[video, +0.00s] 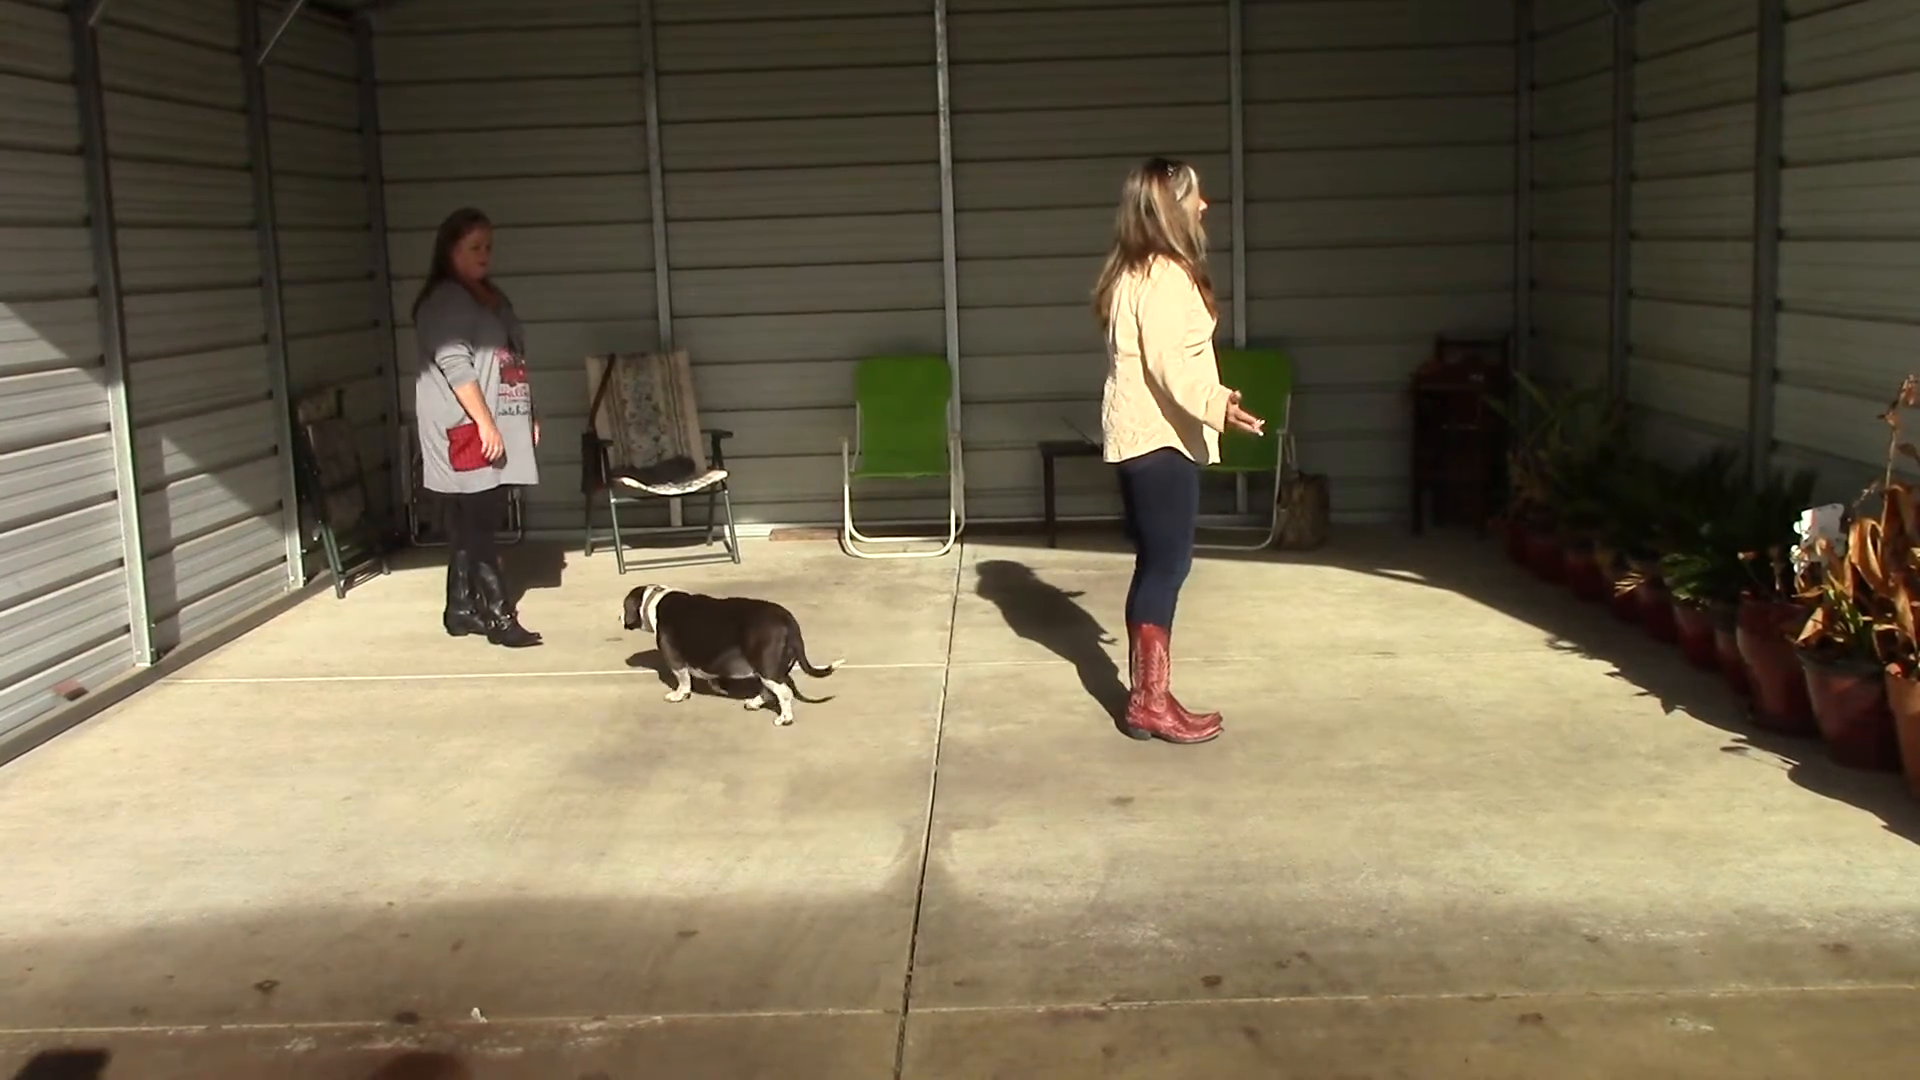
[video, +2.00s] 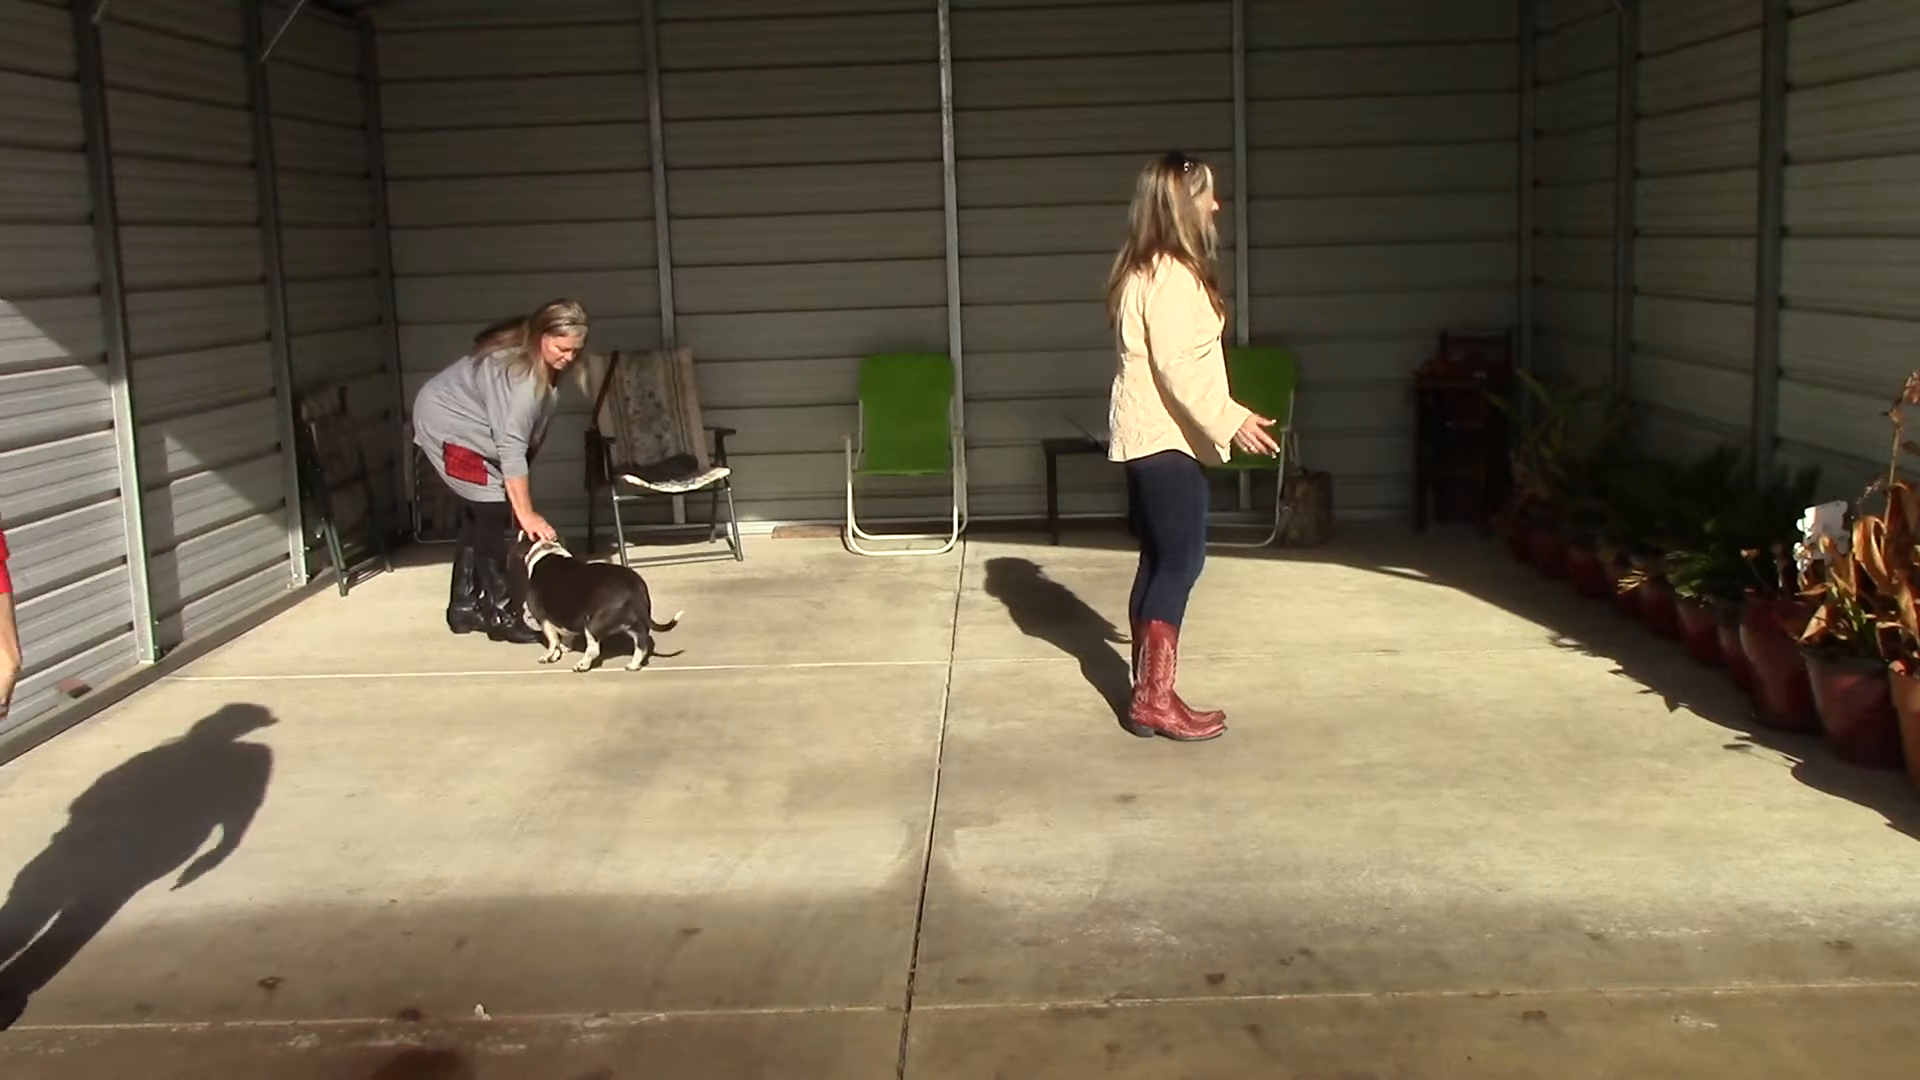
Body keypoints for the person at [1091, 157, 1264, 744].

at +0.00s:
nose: (1204, 205)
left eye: (1201, 196)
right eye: (1195, 197)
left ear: (1152, 207)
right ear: (1172, 207)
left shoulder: (1137, 273)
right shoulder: (1165, 275)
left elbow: (1162, 363)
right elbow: (1171, 363)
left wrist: (1218, 399)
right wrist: (1217, 406)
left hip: (1141, 440)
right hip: (1161, 442)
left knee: (1155, 561)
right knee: (1168, 562)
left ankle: (1146, 694)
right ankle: (1151, 700)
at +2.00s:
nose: (1217, 205)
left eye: (1214, 195)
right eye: (1209, 196)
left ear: (1165, 202)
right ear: (1185, 203)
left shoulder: (1147, 270)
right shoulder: (1170, 274)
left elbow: (1176, 367)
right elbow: (1178, 367)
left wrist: (1230, 412)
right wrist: (1228, 419)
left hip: (1148, 438)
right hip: (1167, 440)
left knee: (1158, 559)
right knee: (1181, 559)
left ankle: (1148, 693)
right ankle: (1155, 697)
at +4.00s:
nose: (1224, 235)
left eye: (1229, 223)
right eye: (1214, 223)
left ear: (1232, 226)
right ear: (1183, 225)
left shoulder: (1212, 293)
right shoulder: (1146, 294)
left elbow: (1220, 375)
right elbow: (1114, 386)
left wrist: (1232, 430)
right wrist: (1107, 469)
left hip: (1191, 457)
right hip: (1152, 456)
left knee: (1172, 565)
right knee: (1154, 566)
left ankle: (1160, 692)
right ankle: (1149, 698)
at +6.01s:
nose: (1213, 209)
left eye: (1211, 199)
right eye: (1204, 200)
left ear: (1170, 206)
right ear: (1174, 206)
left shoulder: (1158, 262)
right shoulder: (1160, 258)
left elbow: (1227, 254)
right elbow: (1231, 250)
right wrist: (1250, 177)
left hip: (1167, 428)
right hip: (1168, 428)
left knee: (1162, 560)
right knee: (1164, 560)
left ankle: (1154, 695)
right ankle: (1151, 699)